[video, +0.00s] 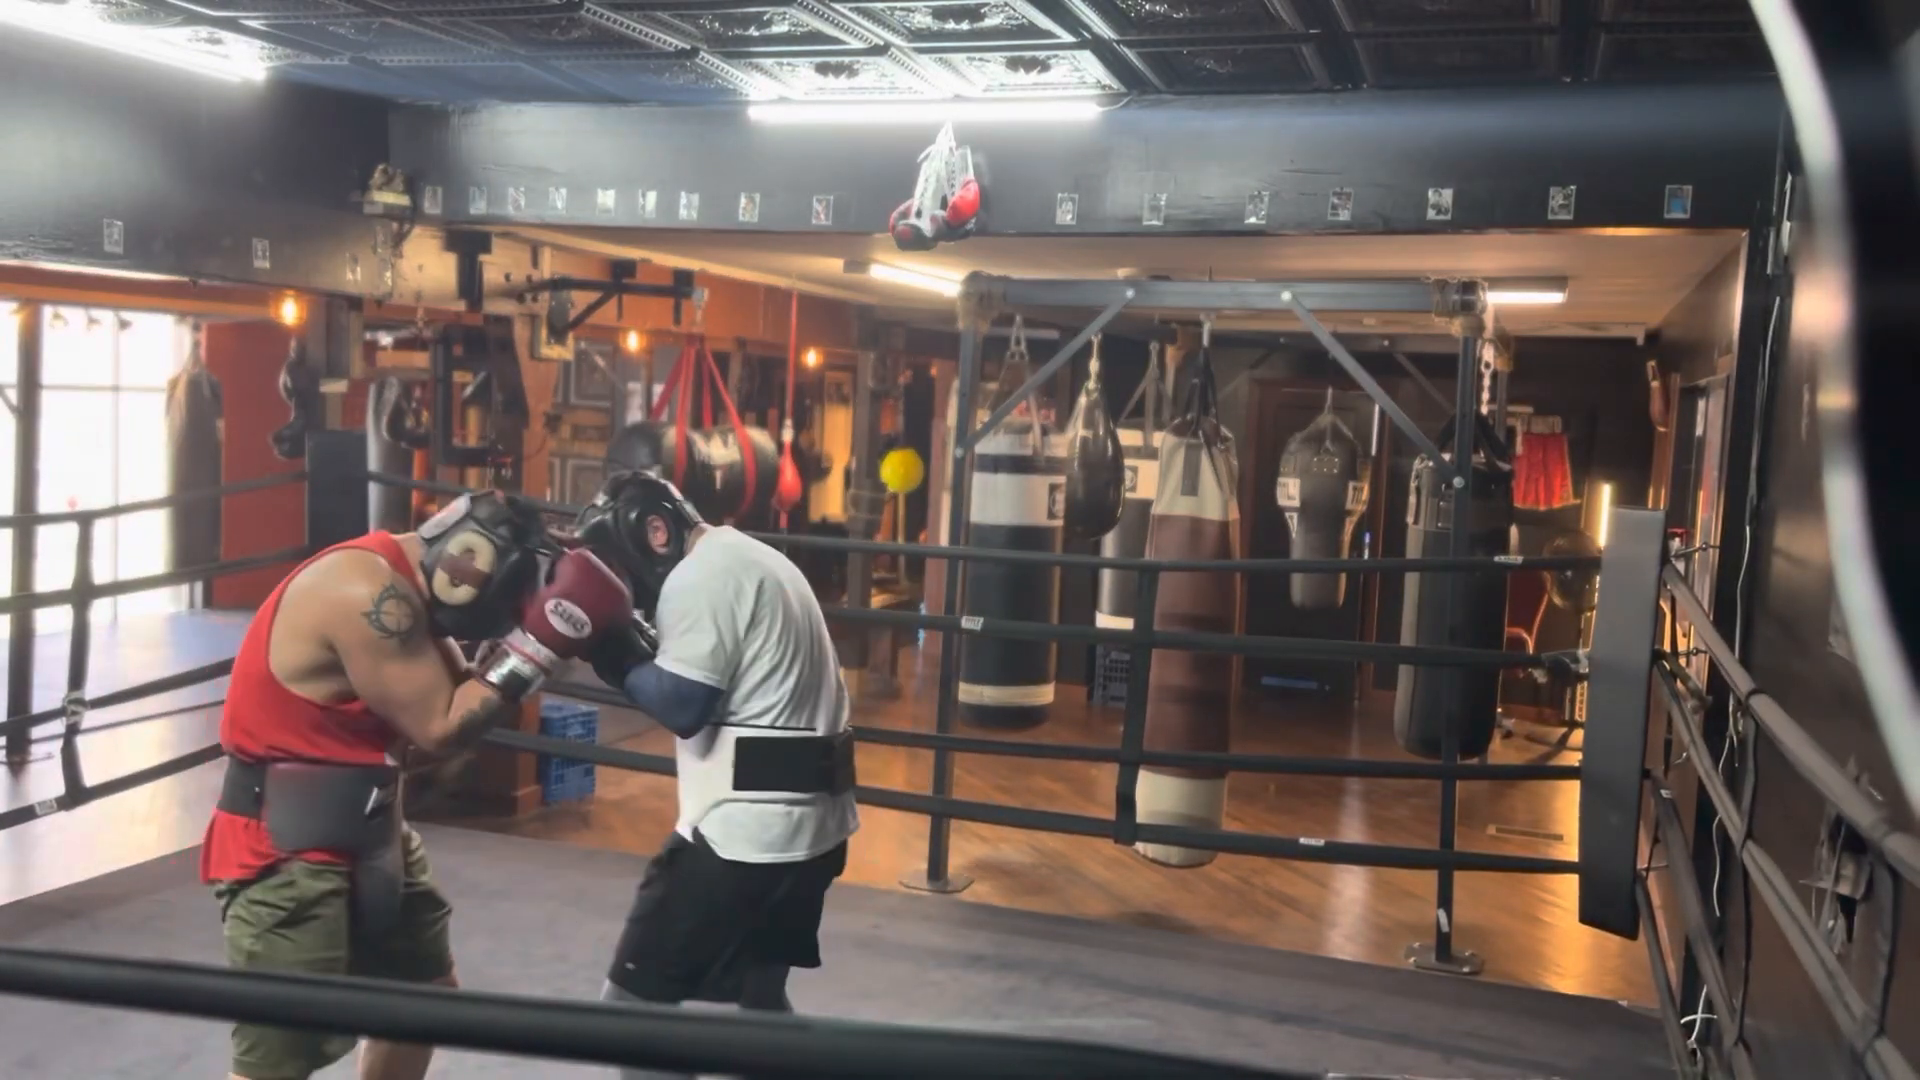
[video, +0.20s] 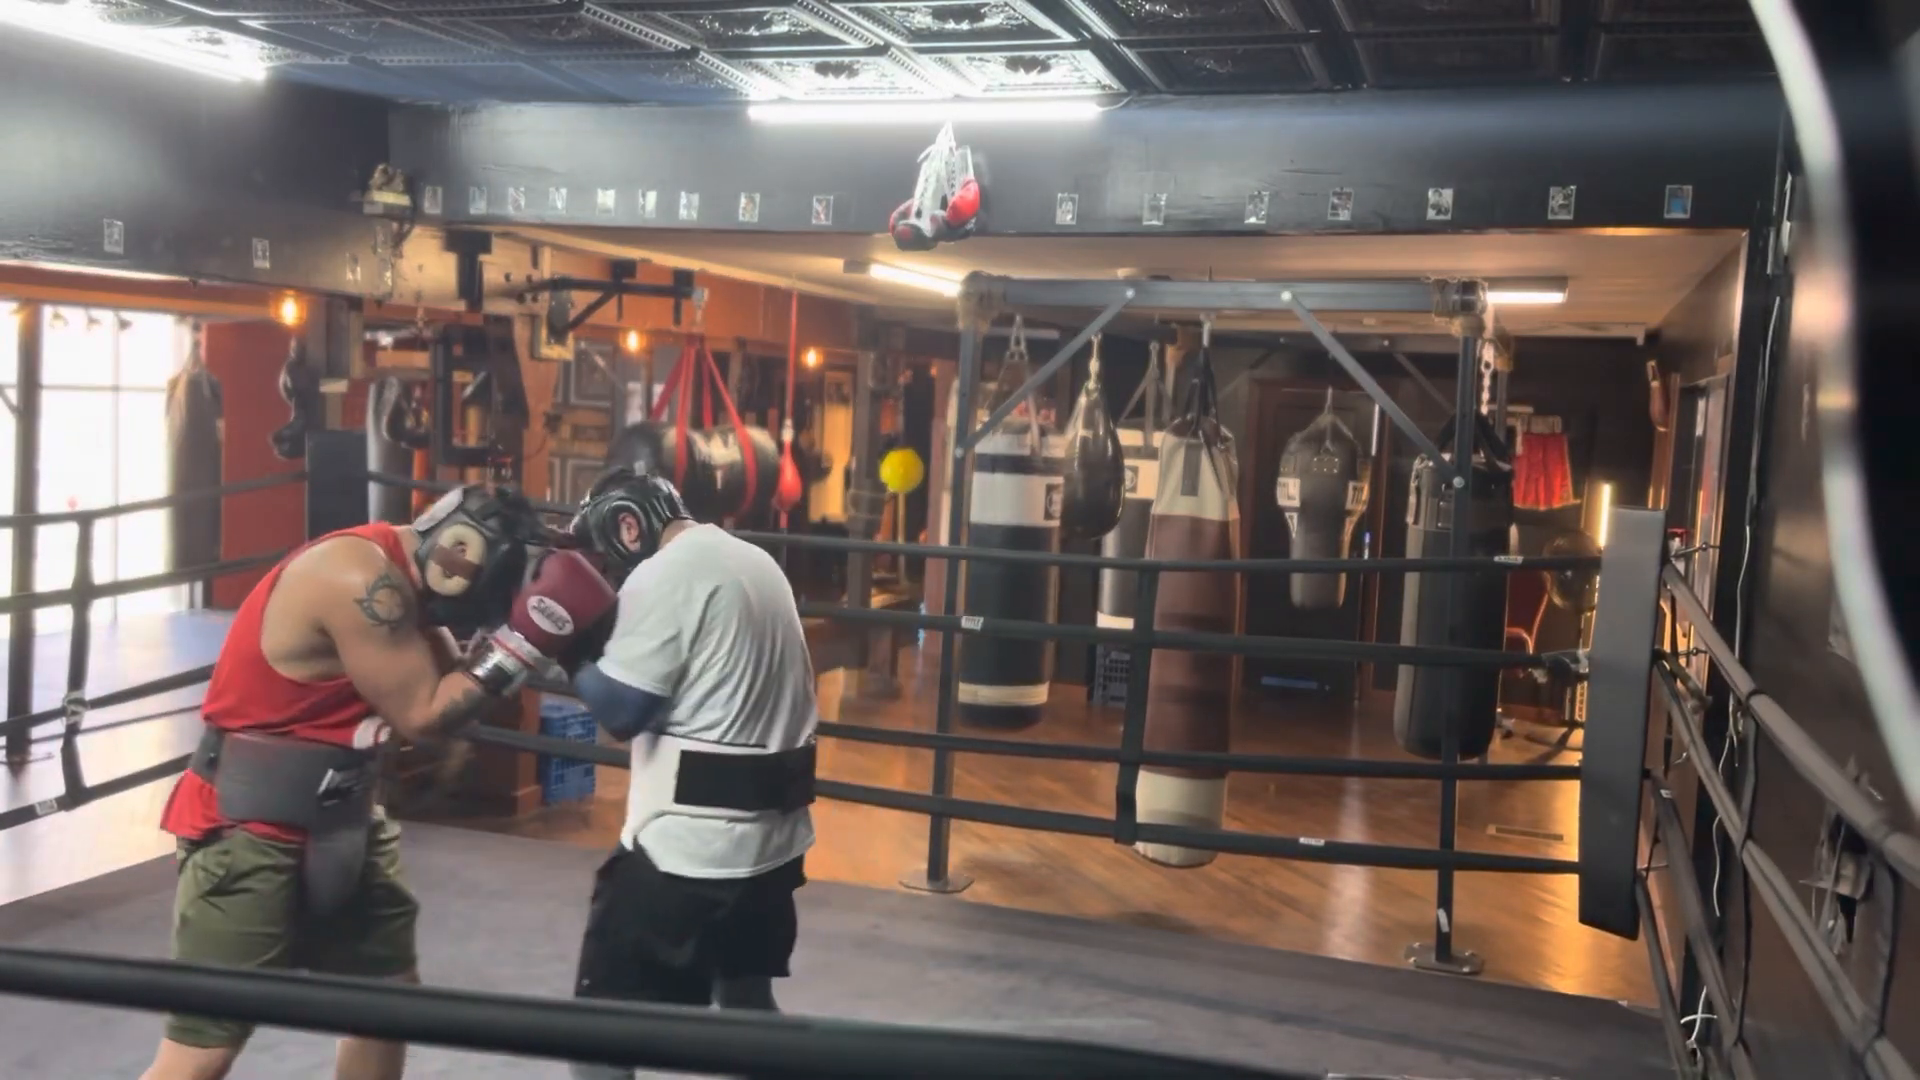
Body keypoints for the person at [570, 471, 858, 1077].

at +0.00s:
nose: (625, 560)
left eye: (624, 543)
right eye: (617, 547)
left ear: (657, 530)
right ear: (674, 525)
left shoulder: (705, 572)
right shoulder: (757, 559)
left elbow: (684, 705)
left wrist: (614, 644)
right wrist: (613, 639)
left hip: (743, 831)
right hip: (818, 827)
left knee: (631, 1006)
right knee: (755, 1001)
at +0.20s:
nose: (608, 560)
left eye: (606, 543)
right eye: (601, 547)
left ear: (630, 525)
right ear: (680, 509)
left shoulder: (666, 576)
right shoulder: (758, 563)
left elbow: (622, 708)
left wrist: (573, 657)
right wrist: (590, 644)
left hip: (690, 848)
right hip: (773, 846)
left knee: (607, 1028)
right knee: (745, 1009)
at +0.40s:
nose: (568, 553)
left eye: (570, 535)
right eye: (565, 537)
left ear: (599, 520)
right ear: (651, 513)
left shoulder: (606, 587)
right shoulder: (739, 575)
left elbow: (528, 701)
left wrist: (512, 615)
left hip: (626, 875)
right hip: (728, 871)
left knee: (555, 1044)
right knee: (721, 1016)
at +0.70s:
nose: (504, 569)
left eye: (500, 553)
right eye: (497, 560)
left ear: (527, 523)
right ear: (547, 517)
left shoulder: (557, 585)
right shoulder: (662, 554)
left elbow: (508, 724)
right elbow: (582, 675)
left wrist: (454, 643)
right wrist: (486, 624)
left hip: (592, 868)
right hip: (690, 859)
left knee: (550, 1048)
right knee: (652, 1034)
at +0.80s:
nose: (492, 572)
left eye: (487, 553)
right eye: (485, 559)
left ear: (517, 526)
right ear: (536, 520)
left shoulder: (551, 588)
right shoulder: (652, 558)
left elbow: (509, 727)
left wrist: (451, 644)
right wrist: (470, 618)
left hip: (584, 864)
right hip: (683, 856)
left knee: (480, 1033)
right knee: (649, 1029)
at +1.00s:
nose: (431, 559)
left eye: (429, 541)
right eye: (426, 544)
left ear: (459, 521)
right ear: (502, 506)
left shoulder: (480, 579)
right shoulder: (613, 553)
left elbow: (413, 704)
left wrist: (379, 638)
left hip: (524, 859)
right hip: (641, 851)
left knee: (437, 1037)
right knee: (643, 1031)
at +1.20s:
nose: (372, 573)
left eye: (372, 555)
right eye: (369, 558)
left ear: (403, 531)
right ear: (460, 521)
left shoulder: (403, 602)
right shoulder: (562, 573)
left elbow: (308, 710)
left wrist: (275, 614)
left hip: (461, 893)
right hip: (586, 882)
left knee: (386, 1058)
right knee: (604, 1044)